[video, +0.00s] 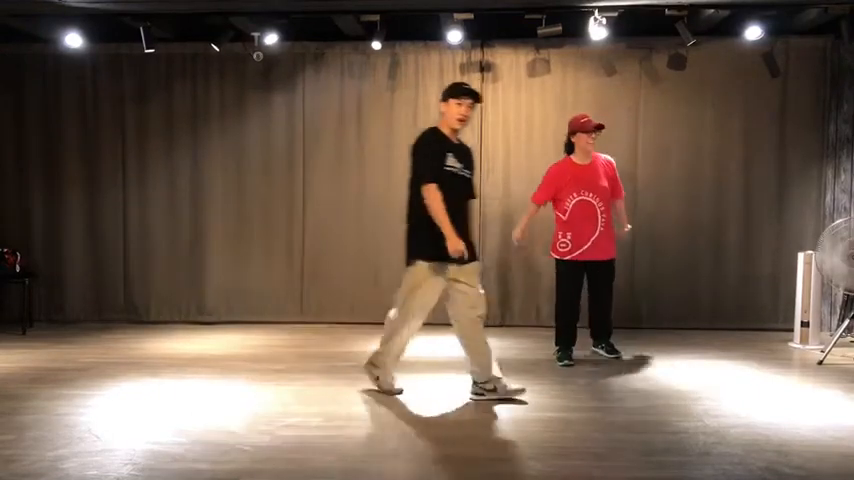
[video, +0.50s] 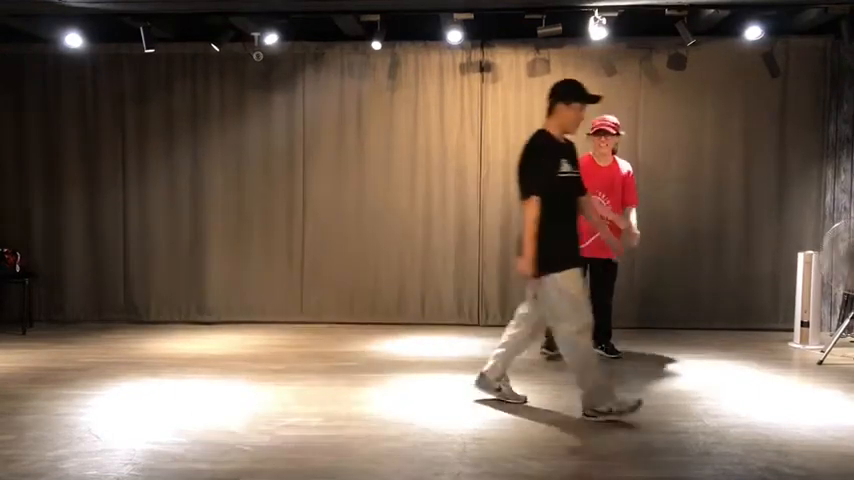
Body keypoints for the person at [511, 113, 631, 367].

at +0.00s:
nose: (592, 137)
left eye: (594, 133)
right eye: (586, 134)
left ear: (596, 137)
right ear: (573, 138)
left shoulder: (606, 164)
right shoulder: (559, 170)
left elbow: (617, 197)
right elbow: (537, 202)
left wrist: (624, 223)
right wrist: (520, 227)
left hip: (602, 249)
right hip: (569, 250)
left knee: (601, 299)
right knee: (567, 302)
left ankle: (601, 341)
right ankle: (564, 347)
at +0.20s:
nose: (599, 139)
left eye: (603, 134)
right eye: (593, 134)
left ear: (609, 138)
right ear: (585, 139)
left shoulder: (618, 168)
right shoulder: (572, 167)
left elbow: (631, 201)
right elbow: (559, 205)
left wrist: (640, 225)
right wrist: (555, 240)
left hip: (606, 248)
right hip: (574, 247)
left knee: (603, 300)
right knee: (571, 300)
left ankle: (602, 341)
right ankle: (565, 345)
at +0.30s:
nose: (602, 140)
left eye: (607, 136)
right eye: (598, 135)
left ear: (614, 140)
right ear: (590, 139)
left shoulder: (622, 169)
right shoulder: (577, 166)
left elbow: (630, 199)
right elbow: (572, 203)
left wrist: (638, 219)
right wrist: (580, 232)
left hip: (606, 246)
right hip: (577, 245)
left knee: (603, 298)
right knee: (572, 297)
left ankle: (602, 340)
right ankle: (564, 343)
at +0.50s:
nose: (602, 141)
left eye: (608, 136)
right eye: (598, 136)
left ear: (616, 140)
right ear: (591, 139)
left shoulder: (623, 169)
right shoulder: (581, 164)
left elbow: (629, 203)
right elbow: (574, 197)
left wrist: (632, 225)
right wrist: (609, 217)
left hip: (606, 242)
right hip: (577, 239)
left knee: (603, 296)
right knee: (565, 291)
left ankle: (603, 339)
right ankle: (552, 338)